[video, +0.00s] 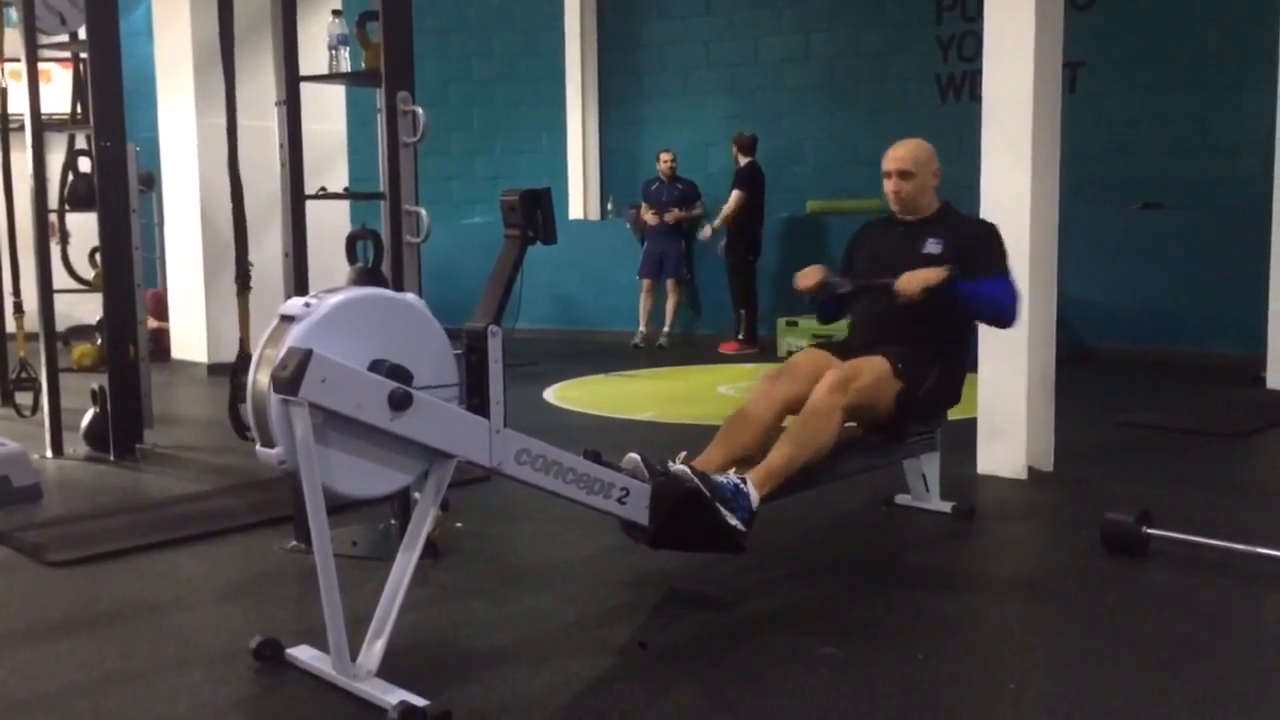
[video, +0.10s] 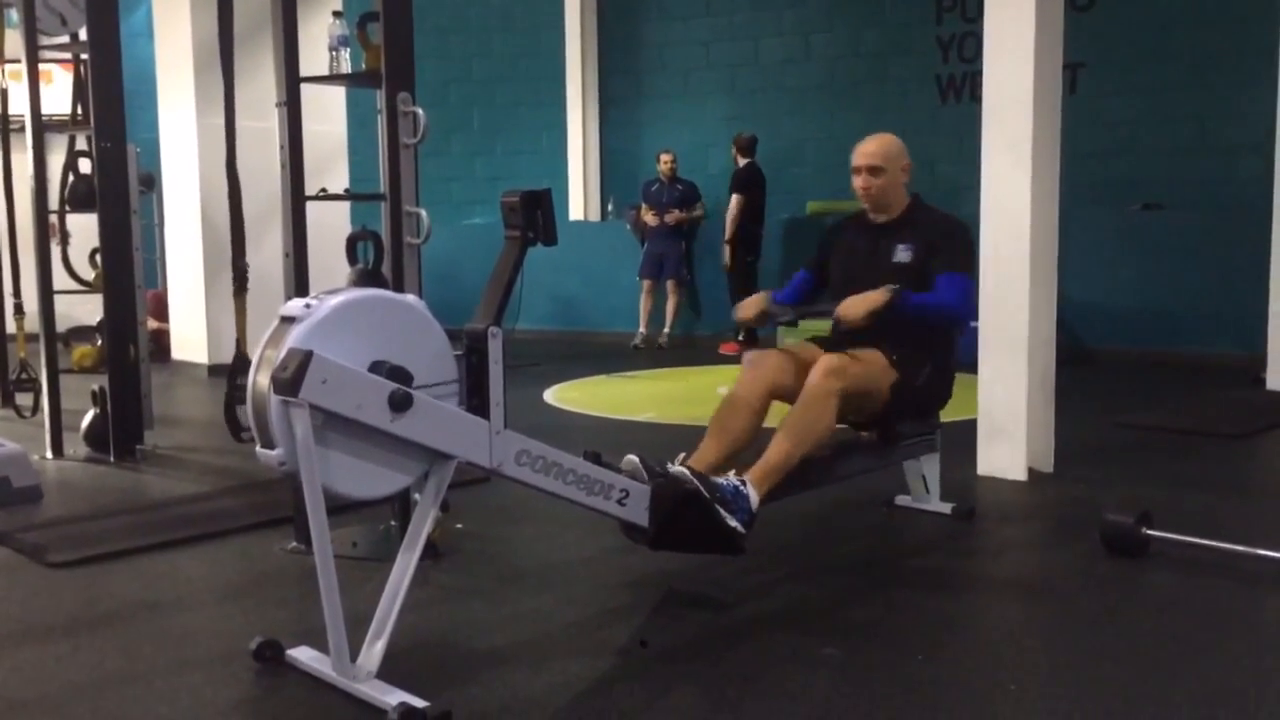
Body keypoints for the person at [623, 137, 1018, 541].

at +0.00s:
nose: (893, 187)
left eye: (904, 177)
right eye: (887, 177)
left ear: (934, 178)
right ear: (882, 179)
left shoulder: (972, 234)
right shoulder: (871, 234)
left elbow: (1004, 309)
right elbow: (832, 310)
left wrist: (946, 281)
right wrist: (822, 287)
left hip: (922, 360)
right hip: (858, 351)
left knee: (834, 384)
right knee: (783, 378)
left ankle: (748, 493)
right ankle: (693, 476)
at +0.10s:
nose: (862, 182)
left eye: (874, 173)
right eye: (856, 173)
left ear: (905, 174)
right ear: (851, 176)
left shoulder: (943, 231)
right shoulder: (843, 233)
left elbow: (955, 305)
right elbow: (809, 286)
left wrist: (888, 296)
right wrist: (771, 301)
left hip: (913, 363)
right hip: (845, 355)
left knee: (828, 373)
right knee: (760, 364)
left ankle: (748, 493)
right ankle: (686, 476)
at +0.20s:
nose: (823, 188)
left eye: (836, 177)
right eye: (818, 178)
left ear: (869, 178)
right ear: (812, 181)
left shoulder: (905, 235)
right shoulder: (805, 237)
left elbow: (905, 309)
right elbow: (757, 294)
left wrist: (825, 322)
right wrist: (709, 321)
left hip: (898, 377)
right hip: (822, 371)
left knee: (821, 355)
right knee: (733, 360)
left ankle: (744, 494)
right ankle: (684, 475)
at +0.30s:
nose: (783, 195)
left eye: (796, 184)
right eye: (778, 185)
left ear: (830, 189)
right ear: (772, 189)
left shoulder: (864, 242)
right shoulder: (772, 244)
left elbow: (847, 315)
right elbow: (714, 296)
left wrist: (769, 349)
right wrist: (654, 339)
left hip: (875, 390)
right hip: (797, 384)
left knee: (800, 351)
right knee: (708, 333)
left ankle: (740, 494)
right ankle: (680, 475)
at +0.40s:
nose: (748, 203)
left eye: (762, 193)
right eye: (744, 192)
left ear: (799, 196)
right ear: (739, 196)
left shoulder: (833, 247)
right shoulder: (739, 250)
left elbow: (801, 316)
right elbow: (676, 299)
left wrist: (720, 360)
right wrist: (608, 346)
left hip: (857, 400)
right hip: (781, 396)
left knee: (792, 342)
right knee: (691, 327)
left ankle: (739, 492)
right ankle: (679, 475)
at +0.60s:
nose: (751, 194)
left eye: (766, 186)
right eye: (749, 185)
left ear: (801, 196)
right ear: (743, 191)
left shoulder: (835, 248)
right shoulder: (742, 247)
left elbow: (794, 301)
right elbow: (687, 292)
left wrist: (717, 326)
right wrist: (607, 321)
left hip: (863, 397)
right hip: (789, 398)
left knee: (789, 337)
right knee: (690, 338)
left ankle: (739, 494)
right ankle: (678, 477)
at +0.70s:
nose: (793, 182)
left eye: (807, 172)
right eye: (789, 172)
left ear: (839, 182)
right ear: (783, 179)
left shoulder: (873, 241)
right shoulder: (781, 240)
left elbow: (833, 284)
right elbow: (724, 282)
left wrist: (765, 306)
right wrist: (652, 307)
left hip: (879, 388)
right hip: (806, 387)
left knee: (804, 342)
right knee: (713, 343)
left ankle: (740, 496)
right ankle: (681, 479)